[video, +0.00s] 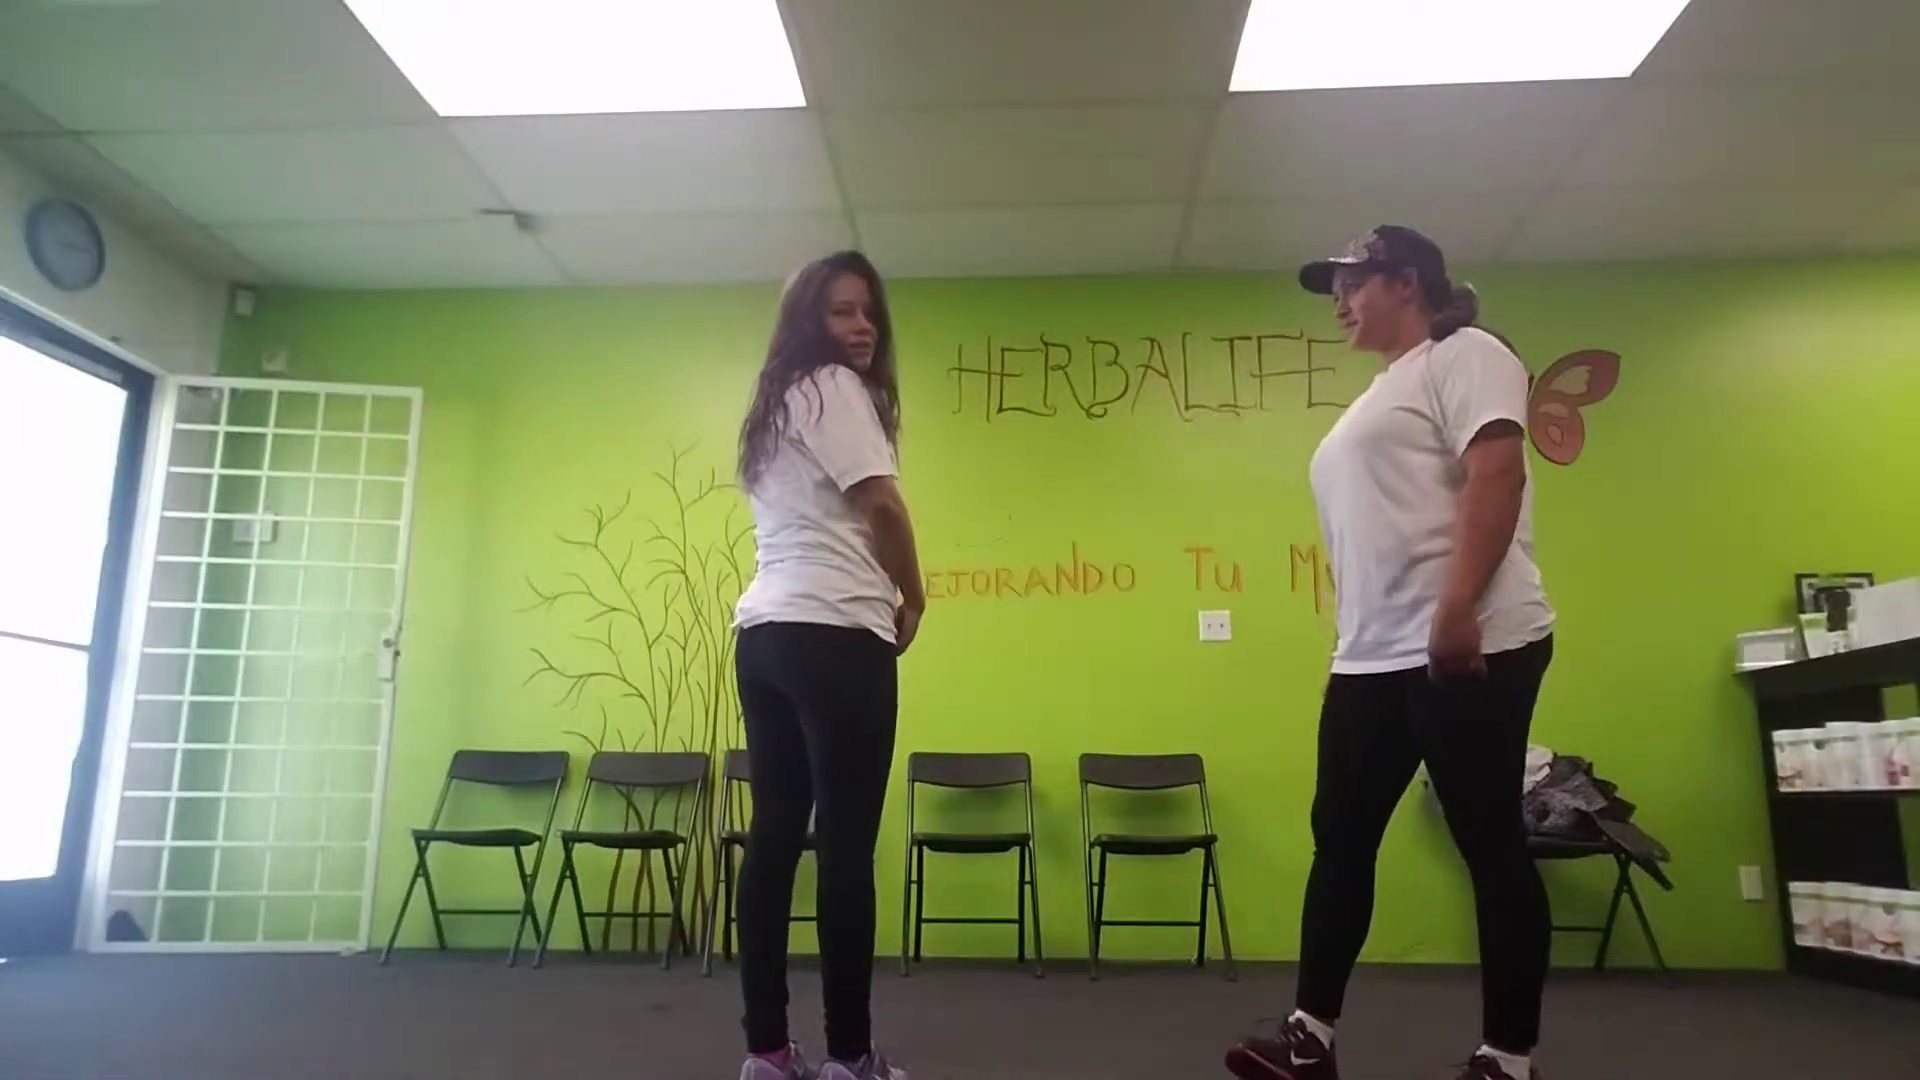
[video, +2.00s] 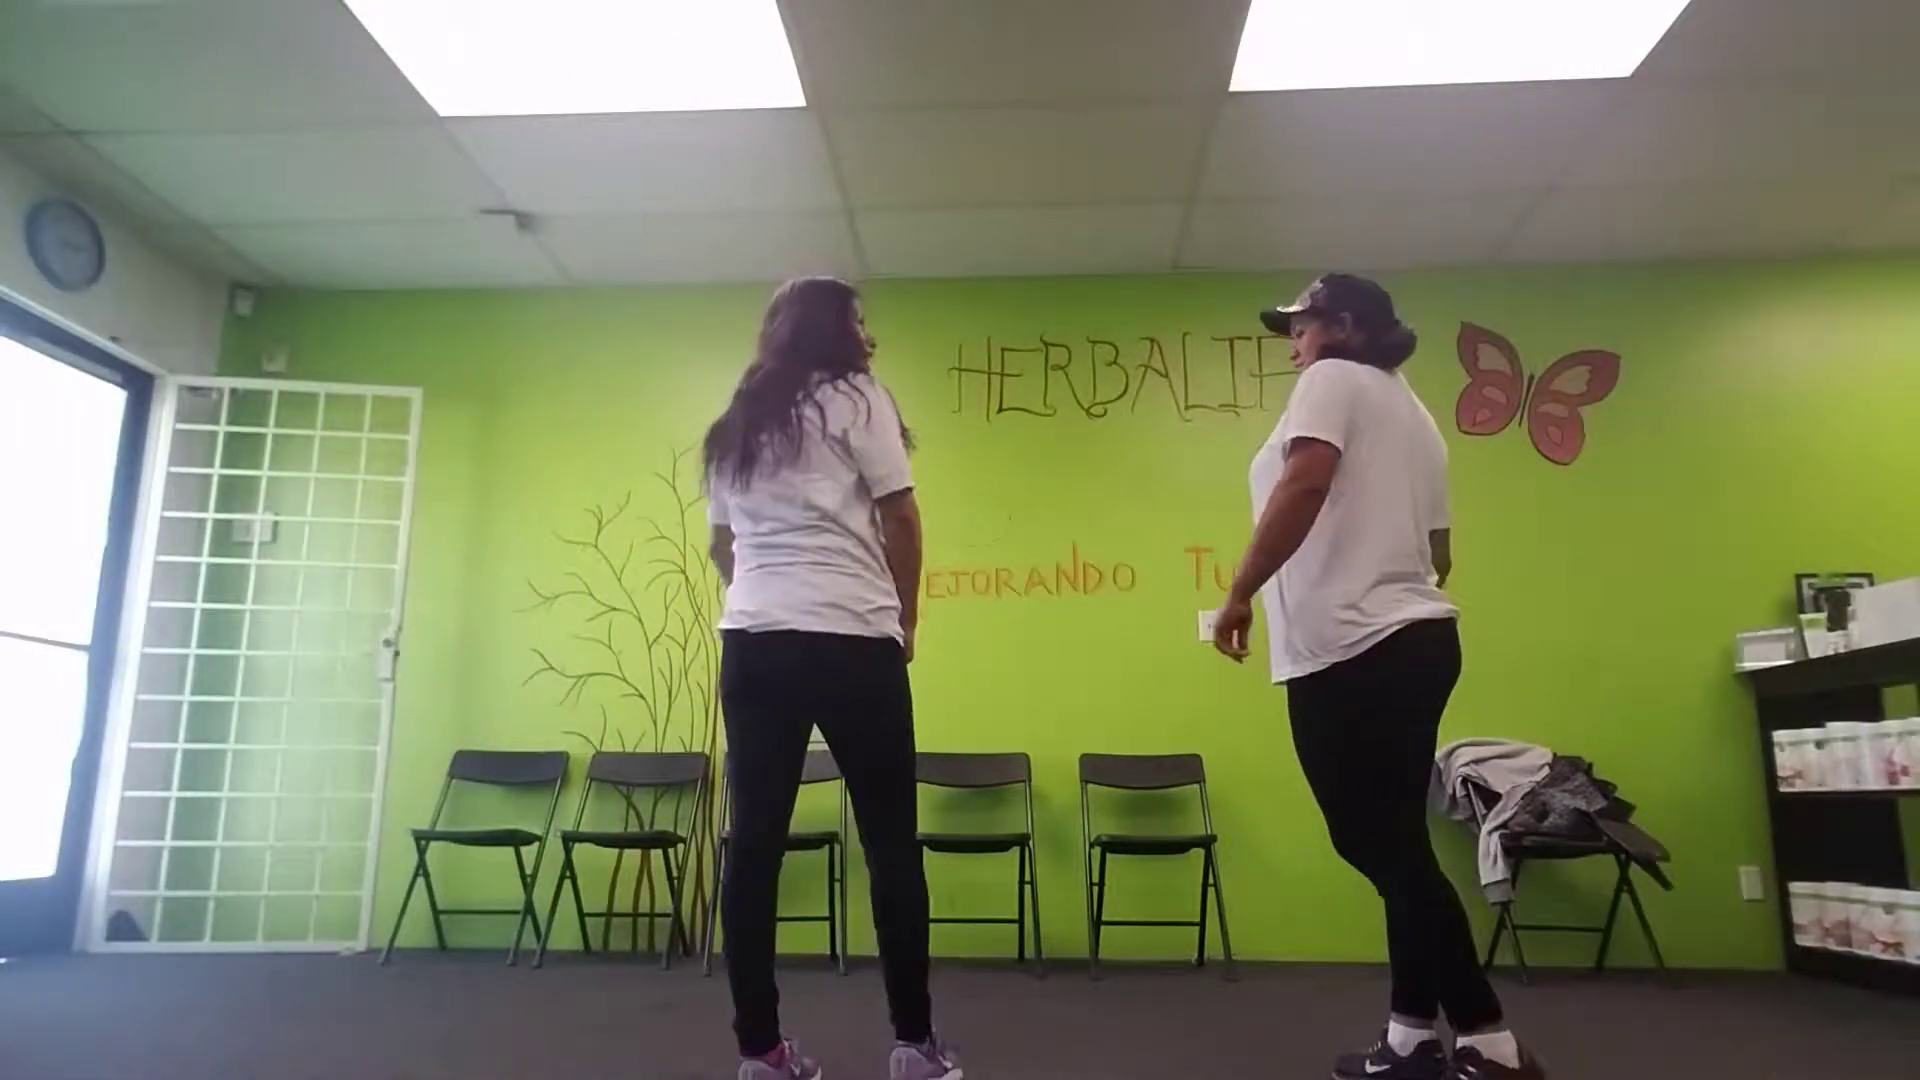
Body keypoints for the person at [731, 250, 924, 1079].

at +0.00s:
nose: (859, 325)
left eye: (867, 312)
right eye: (841, 311)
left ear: (877, 320)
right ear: (808, 320)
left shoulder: (777, 398)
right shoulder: (836, 387)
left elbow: (793, 527)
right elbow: (881, 507)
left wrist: (880, 597)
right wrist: (914, 595)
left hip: (765, 633)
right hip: (835, 632)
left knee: (773, 841)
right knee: (848, 851)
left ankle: (767, 1052)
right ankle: (849, 1056)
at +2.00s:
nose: (869, 337)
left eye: (866, 324)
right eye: (860, 324)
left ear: (782, 334)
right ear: (834, 329)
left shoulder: (736, 414)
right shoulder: (857, 393)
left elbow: (724, 548)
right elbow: (900, 521)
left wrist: (764, 622)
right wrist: (904, 621)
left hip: (754, 644)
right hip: (854, 638)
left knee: (752, 849)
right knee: (893, 846)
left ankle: (758, 1050)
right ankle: (914, 1046)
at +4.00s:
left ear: (810, 440)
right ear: (892, 441)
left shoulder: (774, 503)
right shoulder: (914, 509)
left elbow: (767, 590)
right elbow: (941, 613)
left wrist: (834, 572)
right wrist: (878, 567)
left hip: (771, 689)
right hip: (883, 697)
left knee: (722, 859)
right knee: (932, 861)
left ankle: (697, 1049)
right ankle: (936, 1049)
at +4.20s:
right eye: (890, 524)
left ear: (809, 527)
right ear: (889, 530)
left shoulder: (772, 586)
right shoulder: (907, 594)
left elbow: (764, 669)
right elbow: (940, 694)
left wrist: (829, 657)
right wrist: (876, 657)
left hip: (762, 766)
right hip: (880, 778)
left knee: (718, 875)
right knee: (950, 866)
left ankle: (701, 1039)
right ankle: (937, 1038)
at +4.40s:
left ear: (808, 615)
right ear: (887, 619)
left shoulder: (768, 678)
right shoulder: (904, 684)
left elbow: (759, 760)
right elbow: (941, 779)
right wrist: (884, 740)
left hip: (756, 874)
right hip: (870, 878)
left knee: (705, 880)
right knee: (964, 868)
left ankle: (701, 1036)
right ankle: (938, 1038)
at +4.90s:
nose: (892, 557)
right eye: (886, 547)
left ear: (805, 550)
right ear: (883, 555)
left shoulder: (765, 607)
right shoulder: (898, 612)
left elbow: (752, 686)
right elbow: (951, 698)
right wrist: (896, 655)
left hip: (750, 757)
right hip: (865, 762)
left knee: (717, 878)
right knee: (942, 874)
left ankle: (699, 1047)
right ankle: (934, 1048)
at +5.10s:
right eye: (887, 433)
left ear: (804, 434)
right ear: (886, 439)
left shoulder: (767, 503)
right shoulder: (909, 508)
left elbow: (739, 609)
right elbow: (963, 616)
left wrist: (794, 610)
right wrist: (895, 605)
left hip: (764, 678)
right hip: (875, 684)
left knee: (724, 854)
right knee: (929, 861)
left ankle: (699, 1049)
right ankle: (934, 1050)